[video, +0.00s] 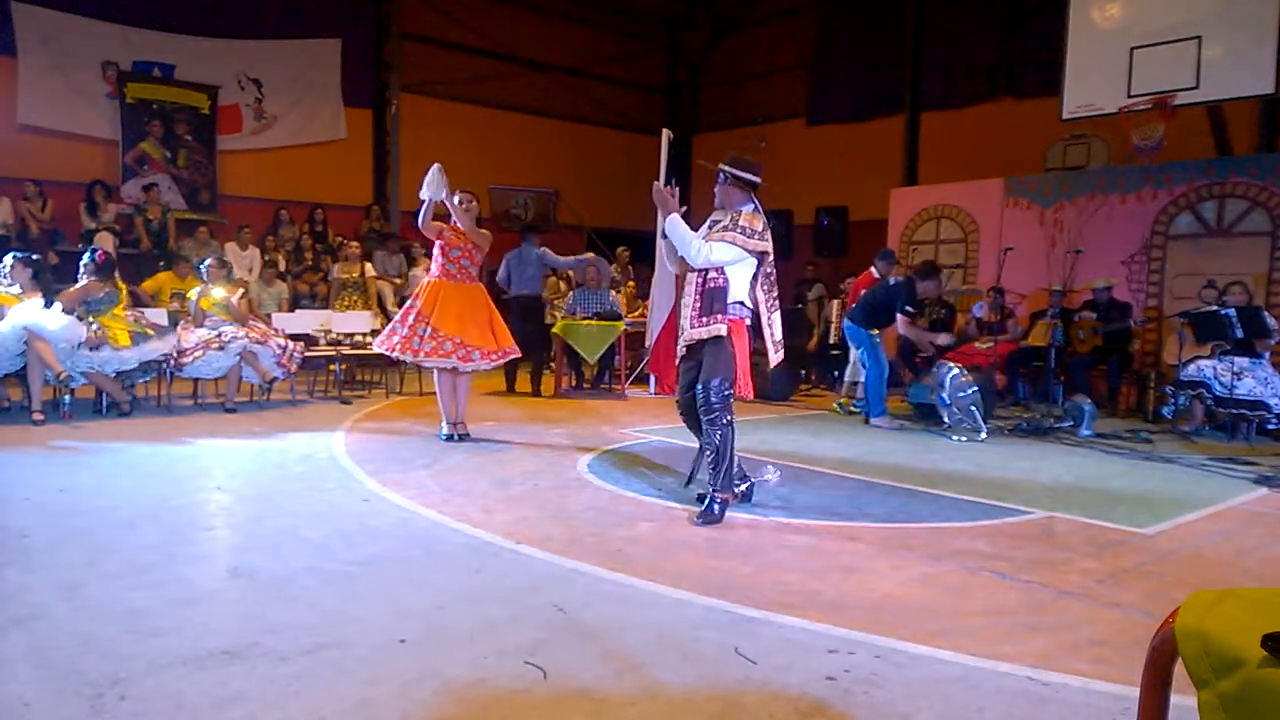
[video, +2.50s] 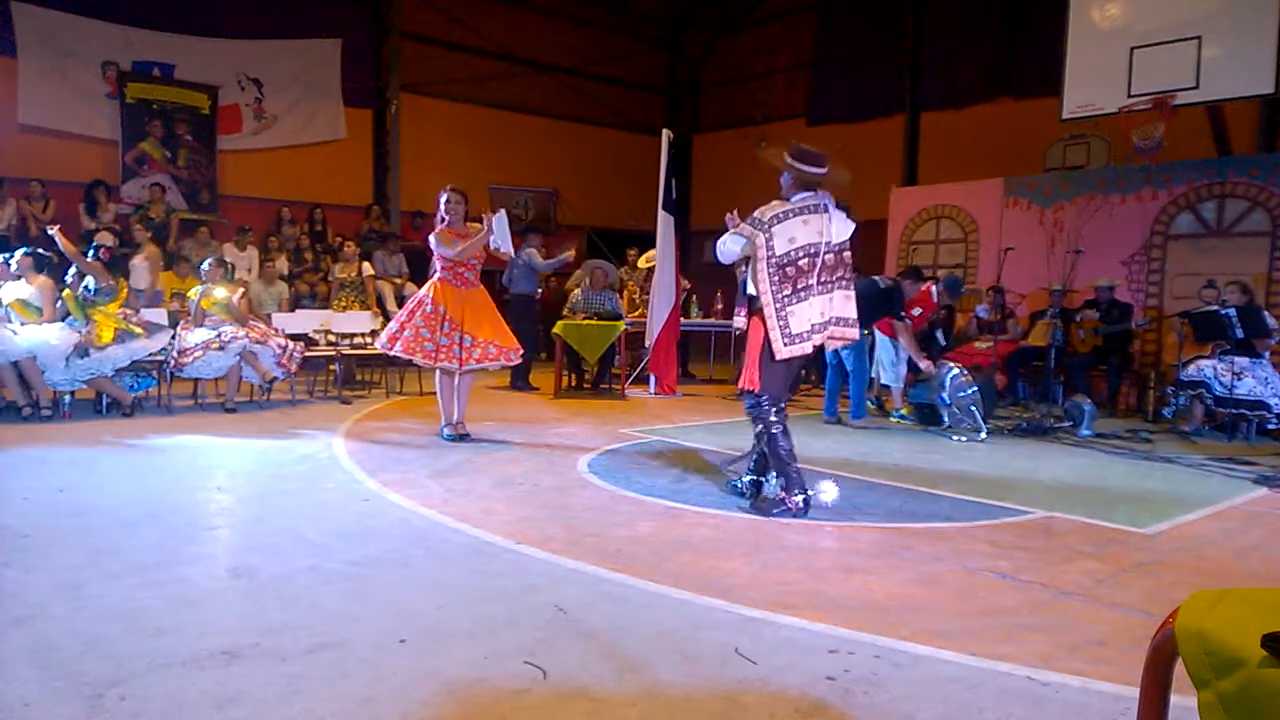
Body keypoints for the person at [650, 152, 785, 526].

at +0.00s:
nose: (714, 189)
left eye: (719, 183)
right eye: (716, 182)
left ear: (733, 187)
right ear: (739, 188)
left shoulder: (747, 226)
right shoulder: (719, 220)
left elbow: (700, 255)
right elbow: (680, 262)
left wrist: (670, 216)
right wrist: (669, 219)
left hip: (727, 324)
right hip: (701, 324)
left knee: (714, 402)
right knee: (688, 405)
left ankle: (720, 492)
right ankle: (734, 476)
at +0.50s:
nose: (713, 185)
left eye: (719, 179)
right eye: (716, 178)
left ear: (734, 185)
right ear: (736, 185)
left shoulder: (744, 222)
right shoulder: (724, 220)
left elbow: (694, 259)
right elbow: (692, 260)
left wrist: (666, 219)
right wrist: (681, 221)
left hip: (730, 321)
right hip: (706, 321)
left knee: (714, 400)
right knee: (694, 402)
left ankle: (721, 490)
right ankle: (733, 475)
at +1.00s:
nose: (732, 176)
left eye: (736, 170)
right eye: (736, 169)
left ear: (745, 174)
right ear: (766, 177)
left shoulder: (735, 214)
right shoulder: (778, 209)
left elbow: (695, 254)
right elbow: (738, 250)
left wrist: (686, 223)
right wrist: (708, 229)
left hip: (743, 317)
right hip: (765, 315)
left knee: (736, 399)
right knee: (727, 393)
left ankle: (782, 486)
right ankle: (735, 480)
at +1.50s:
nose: (750, 195)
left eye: (753, 189)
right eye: (753, 189)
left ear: (759, 193)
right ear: (786, 194)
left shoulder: (745, 233)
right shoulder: (802, 231)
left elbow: (707, 277)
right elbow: (762, 271)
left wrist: (710, 239)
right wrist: (738, 235)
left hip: (748, 336)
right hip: (786, 335)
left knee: (724, 413)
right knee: (753, 406)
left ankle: (782, 485)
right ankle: (747, 485)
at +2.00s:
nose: (759, 203)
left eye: (763, 199)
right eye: (762, 198)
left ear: (770, 204)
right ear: (795, 205)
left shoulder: (754, 242)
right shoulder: (811, 242)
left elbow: (715, 280)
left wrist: (715, 242)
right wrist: (741, 241)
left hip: (752, 342)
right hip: (790, 343)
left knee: (713, 415)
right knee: (760, 406)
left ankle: (776, 479)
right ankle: (750, 483)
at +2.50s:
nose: (781, 177)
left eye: (786, 173)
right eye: (784, 172)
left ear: (793, 179)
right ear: (819, 181)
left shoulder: (771, 217)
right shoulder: (836, 219)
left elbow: (725, 252)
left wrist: (734, 231)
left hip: (776, 321)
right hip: (811, 321)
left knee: (762, 400)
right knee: (771, 399)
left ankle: (793, 490)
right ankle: (756, 474)